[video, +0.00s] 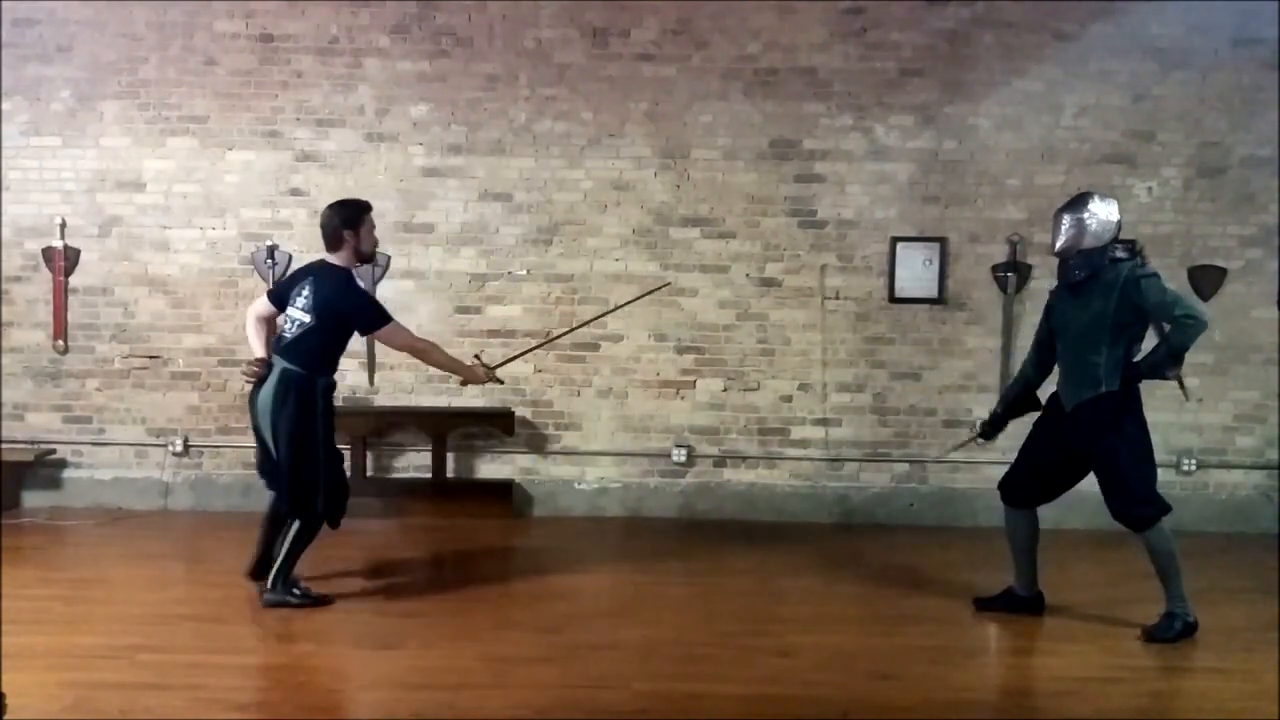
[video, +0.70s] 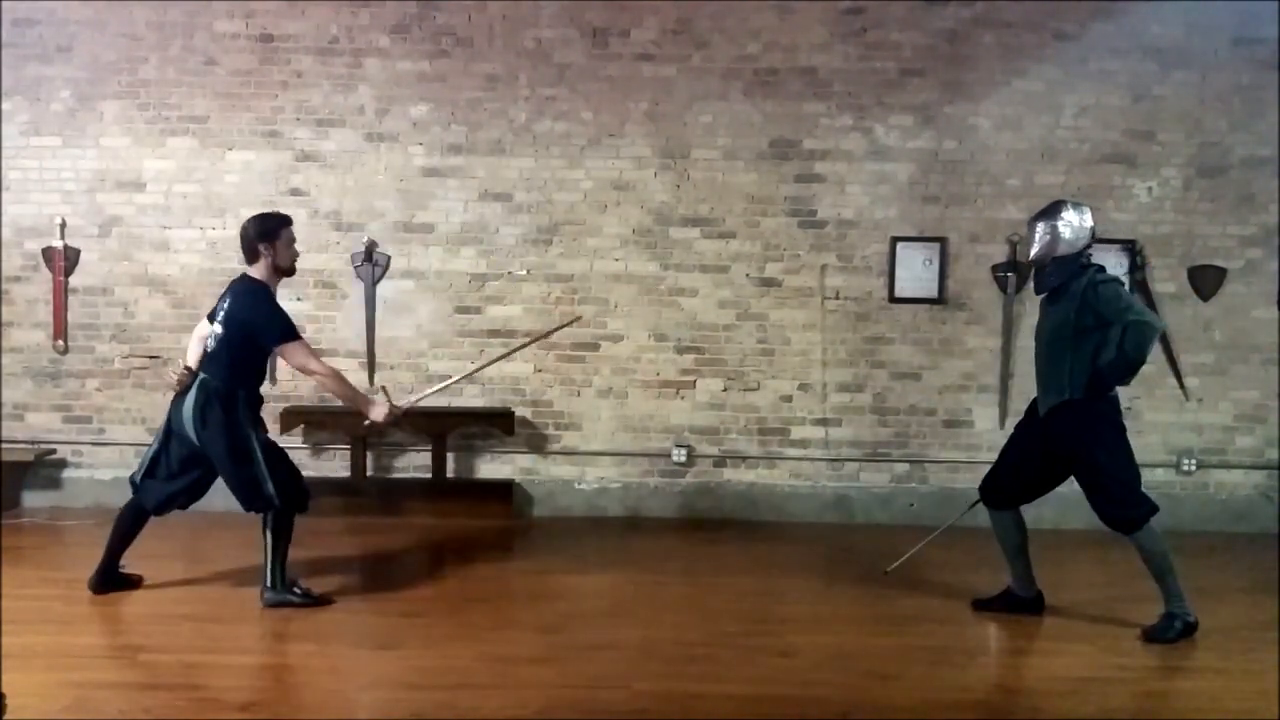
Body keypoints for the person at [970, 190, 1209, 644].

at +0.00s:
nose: (1062, 238)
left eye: (1072, 227)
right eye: (1061, 227)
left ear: (1097, 229)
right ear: (1064, 231)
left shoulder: (1131, 277)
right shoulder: (1062, 295)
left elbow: (1190, 320)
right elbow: (1037, 364)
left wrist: (1144, 368)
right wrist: (1000, 415)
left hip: (1115, 412)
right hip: (1067, 414)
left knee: (1139, 509)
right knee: (1016, 492)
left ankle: (1180, 612)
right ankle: (1025, 592)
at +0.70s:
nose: (1035, 245)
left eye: (1042, 235)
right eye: (1035, 235)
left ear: (1067, 237)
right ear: (1059, 239)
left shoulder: (1094, 284)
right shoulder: (1058, 287)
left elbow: (1143, 324)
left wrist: (1106, 378)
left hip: (1091, 417)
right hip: (1051, 415)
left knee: (1127, 512)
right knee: (998, 493)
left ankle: (1179, 612)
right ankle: (1023, 591)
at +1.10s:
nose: (1034, 247)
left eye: (1041, 236)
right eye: (1033, 237)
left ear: (1065, 238)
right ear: (1060, 239)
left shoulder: (1095, 284)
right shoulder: (1057, 287)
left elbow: (1145, 323)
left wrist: (1112, 374)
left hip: (1092, 416)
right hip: (1050, 414)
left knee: (1131, 511)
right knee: (998, 493)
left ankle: (1180, 612)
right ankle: (1023, 591)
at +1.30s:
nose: (1035, 245)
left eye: (1042, 235)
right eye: (1035, 235)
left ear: (1065, 237)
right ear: (1063, 238)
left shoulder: (1096, 283)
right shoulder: (1056, 287)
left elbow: (1145, 324)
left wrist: (1111, 375)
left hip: (1093, 416)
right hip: (1051, 415)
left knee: (1131, 511)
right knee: (999, 493)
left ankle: (1180, 611)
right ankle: (1023, 591)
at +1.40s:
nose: (1036, 245)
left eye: (1044, 235)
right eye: (1036, 236)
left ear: (1067, 237)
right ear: (1063, 238)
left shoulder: (1097, 283)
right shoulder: (1057, 286)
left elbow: (1146, 324)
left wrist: (1112, 375)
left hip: (1093, 416)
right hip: (1051, 414)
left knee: (1131, 511)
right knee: (999, 493)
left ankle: (1180, 612)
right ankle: (1023, 591)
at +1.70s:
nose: (1037, 245)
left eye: (1045, 234)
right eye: (1037, 234)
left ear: (1067, 236)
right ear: (1065, 236)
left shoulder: (1098, 283)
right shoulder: (1058, 286)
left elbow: (1149, 323)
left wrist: (1116, 374)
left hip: (1096, 416)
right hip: (1053, 414)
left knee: (1132, 510)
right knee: (1001, 492)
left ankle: (1180, 612)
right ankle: (1023, 591)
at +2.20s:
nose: (1042, 245)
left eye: (1051, 234)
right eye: (1042, 234)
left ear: (1075, 235)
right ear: (1059, 235)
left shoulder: (1103, 282)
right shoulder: (1064, 285)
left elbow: (1152, 322)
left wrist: (1116, 374)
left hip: (1099, 416)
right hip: (1057, 414)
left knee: (1133, 510)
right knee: (1004, 492)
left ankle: (1181, 612)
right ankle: (1023, 592)